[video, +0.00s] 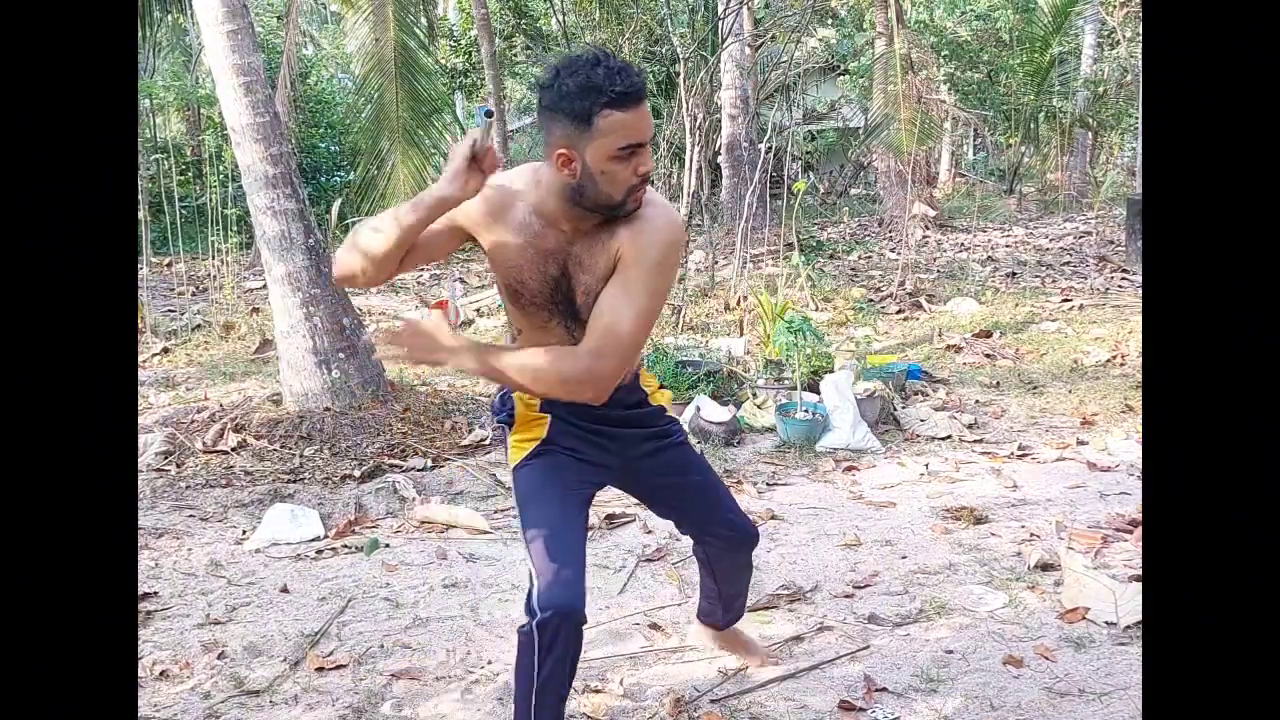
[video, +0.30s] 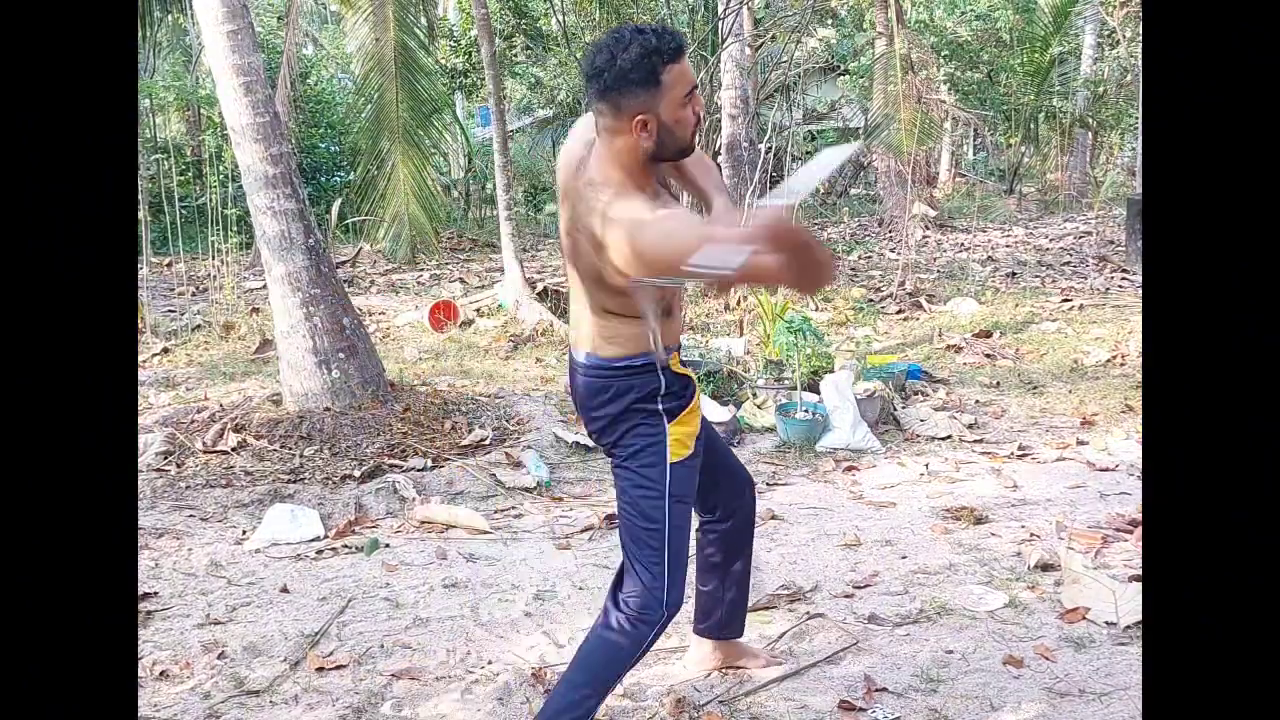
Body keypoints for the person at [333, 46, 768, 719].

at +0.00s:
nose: (648, 167)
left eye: (649, 146)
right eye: (628, 154)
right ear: (566, 159)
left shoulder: (655, 226)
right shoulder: (495, 202)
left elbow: (595, 373)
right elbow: (352, 269)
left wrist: (456, 349)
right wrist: (443, 194)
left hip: (632, 414)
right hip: (545, 421)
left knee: (732, 536)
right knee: (558, 603)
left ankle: (718, 623)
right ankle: (538, 714)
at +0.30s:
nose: (699, 107)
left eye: (695, 94)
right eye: (688, 100)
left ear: (630, 116)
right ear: (640, 125)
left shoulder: (594, 134)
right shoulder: (627, 218)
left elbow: (677, 149)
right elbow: (750, 258)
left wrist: (725, 208)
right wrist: (794, 257)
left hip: (626, 373)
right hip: (637, 391)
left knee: (731, 494)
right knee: (649, 598)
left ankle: (721, 643)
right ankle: (558, 712)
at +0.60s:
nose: (703, 82)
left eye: (703, 70)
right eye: (701, 70)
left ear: (617, 76)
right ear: (683, 75)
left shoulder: (563, 165)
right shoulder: (728, 172)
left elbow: (522, 262)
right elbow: (770, 303)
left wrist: (597, 241)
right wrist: (723, 351)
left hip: (597, 402)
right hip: (675, 407)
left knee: (714, 494)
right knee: (663, 620)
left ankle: (720, 639)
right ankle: (561, 717)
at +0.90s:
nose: (751, 89)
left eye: (751, 79)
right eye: (753, 79)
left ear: (684, 74)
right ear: (740, 74)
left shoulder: (645, 143)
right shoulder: (738, 128)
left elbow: (638, 253)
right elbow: (811, 220)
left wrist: (715, 269)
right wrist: (848, 301)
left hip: (627, 347)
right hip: (672, 350)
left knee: (728, 483)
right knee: (697, 552)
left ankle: (715, 637)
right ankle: (580, 708)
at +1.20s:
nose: (802, 81)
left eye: (806, 68)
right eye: (803, 68)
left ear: (725, 58)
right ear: (785, 65)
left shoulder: (702, 117)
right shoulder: (733, 117)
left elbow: (758, 269)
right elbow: (823, 206)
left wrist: (746, 225)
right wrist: (818, 106)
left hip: (648, 329)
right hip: (684, 334)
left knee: (738, 485)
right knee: (792, 501)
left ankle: (721, 637)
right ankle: (759, 683)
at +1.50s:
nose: (776, 77)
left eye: (773, 68)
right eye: (777, 67)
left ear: (705, 53)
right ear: (765, 65)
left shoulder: (686, 127)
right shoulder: (700, 143)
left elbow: (769, 224)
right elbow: (777, 250)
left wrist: (813, 270)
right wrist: (806, 131)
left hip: (618, 333)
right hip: (665, 343)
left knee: (626, 468)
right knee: (768, 501)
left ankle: (564, 599)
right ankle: (753, 685)